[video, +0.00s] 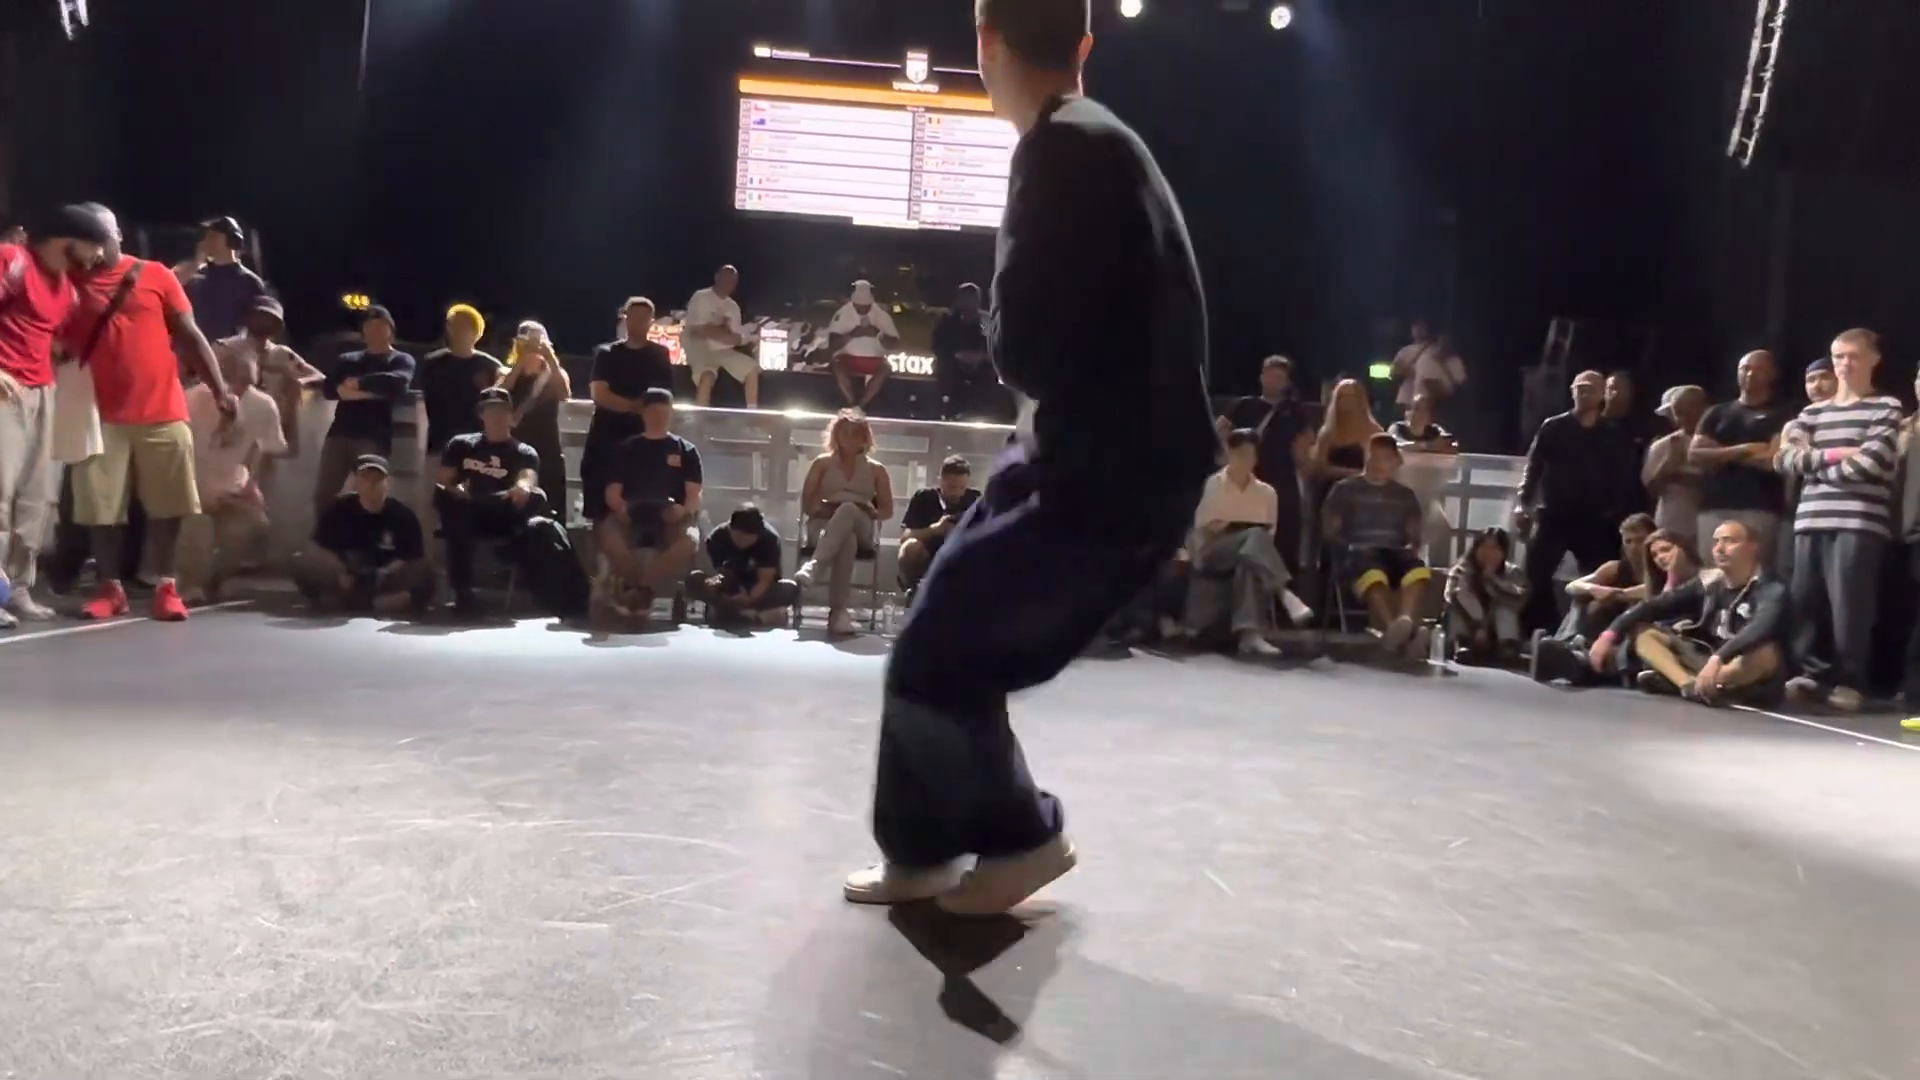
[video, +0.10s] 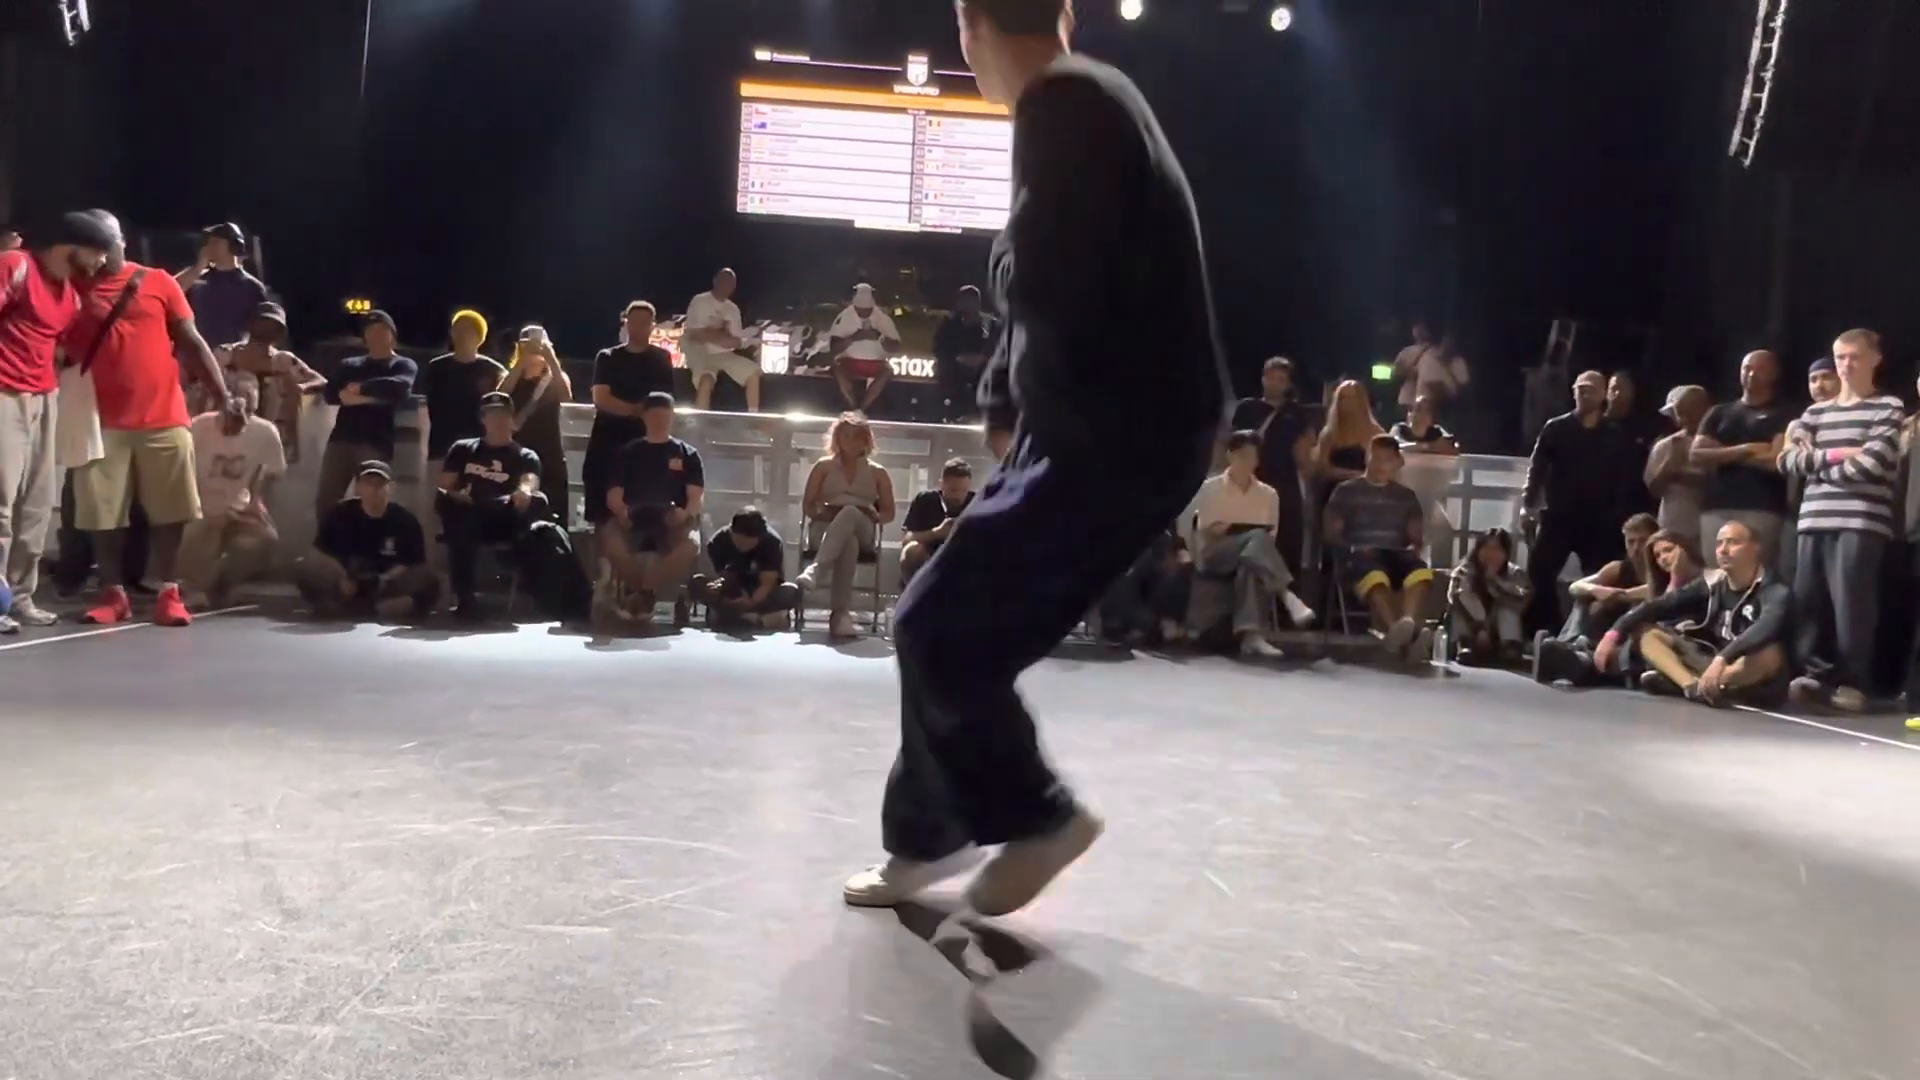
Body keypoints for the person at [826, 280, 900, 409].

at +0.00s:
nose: (862, 309)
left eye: (866, 306)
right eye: (859, 306)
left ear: (871, 303)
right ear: (853, 302)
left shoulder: (881, 315)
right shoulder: (843, 313)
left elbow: (894, 344)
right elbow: (832, 344)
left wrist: (877, 333)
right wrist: (853, 334)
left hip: (875, 359)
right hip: (848, 357)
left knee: (885, 369)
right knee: (837, 366)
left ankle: (862, 405)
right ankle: (852, 404)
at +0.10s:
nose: (864, 312)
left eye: (867, 309)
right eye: (860, 309)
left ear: (873, 306)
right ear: (854, 305)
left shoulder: (883, 318)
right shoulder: (845, 317)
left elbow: (896, 347)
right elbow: (834, 348)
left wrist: (879, 337)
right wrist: (854, 337)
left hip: (876, 362)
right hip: (850, 361)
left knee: (887, 372)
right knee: (838, 369)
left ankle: (863, 409)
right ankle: (853, 407)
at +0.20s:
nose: (862, 311)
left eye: (866, 307)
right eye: (859, 307)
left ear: (871, 304)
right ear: (853, 304)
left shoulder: (881, 316)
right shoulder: (843, 315)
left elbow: (894, 346)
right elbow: (832, 347)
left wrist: (878, 335)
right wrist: (852, 336)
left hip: (875, 361)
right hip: (848, 359)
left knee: (886, 371)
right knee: (837, 368)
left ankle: (862, 408)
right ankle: (853, 406)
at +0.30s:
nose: (859, 303)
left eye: (862, 300)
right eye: (855, 300)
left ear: (867, 296)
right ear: (849, 296)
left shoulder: (876, 307)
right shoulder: (840, 307)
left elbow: (890, 337)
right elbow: (828, 339)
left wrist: (875, 327)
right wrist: (849, 328)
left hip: (871, 353)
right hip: (845, 351)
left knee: (882, 364)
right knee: (833, 357)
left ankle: (858, 400)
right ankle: (849, 398)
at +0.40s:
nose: (859, 302)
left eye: (862, 299)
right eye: (855, 299)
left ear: (867, 296)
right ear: (849, 295)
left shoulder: (877, 308)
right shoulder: (838, 307)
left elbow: (890, 337)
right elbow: (828, 339)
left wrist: (874, 327)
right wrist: (847, 327)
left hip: (871, 352)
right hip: (844, 351)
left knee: (881, 362)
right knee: (833, 360)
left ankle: (858, 399)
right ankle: (848, 398)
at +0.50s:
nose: (859, 308)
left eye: (863, 304)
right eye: (856, 304)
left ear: (868, 301)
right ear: (849, 301)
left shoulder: (878, 313)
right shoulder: (840, 312)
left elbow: (890, 342)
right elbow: (829, 344)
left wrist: (875, 331)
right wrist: (848, 332)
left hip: (871, 357)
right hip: (845, 355)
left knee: (882, 368)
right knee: (834, 365)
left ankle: (858, 405)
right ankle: (850, 404)